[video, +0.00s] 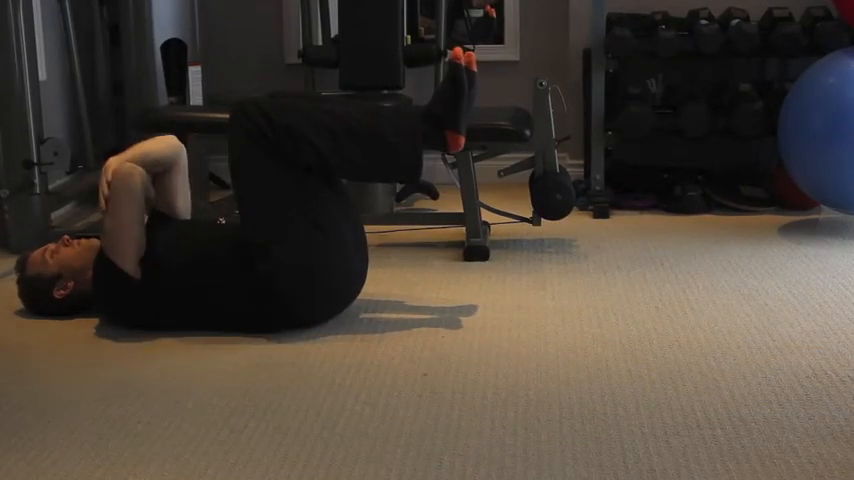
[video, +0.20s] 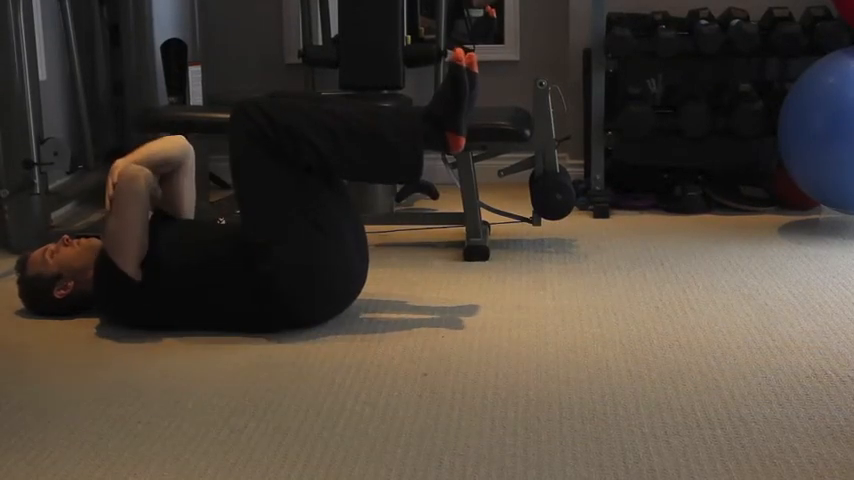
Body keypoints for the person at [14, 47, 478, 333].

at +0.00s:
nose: (68, 237)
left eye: (56, 238)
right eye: (54, 252)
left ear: (76, 238)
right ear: (66, 288)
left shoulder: (151, 251)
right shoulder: (118, 291)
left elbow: (171, 150)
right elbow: (124, 177)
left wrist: (117, 171)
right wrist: (118, 175)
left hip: (320, 264)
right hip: (298, 283)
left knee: (266, 118)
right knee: (257, 121)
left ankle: (426, 124)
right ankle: (429, 130)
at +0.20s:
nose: (69, 237)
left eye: (57, 237)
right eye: (55, 251)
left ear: (76, 238)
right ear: (67, 287)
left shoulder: (152, 252)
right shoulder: (119, 291)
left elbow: (179, 150)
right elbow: (129, 176)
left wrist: (122, 177)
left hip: (321, 265)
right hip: (299, 283)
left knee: (266, 119)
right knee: (258, 121)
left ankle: (428, 125)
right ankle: (430, 131)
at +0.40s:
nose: (69, 236)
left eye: (57, 237)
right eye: (55, 250)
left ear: (76, 238)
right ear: (67, 288)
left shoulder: (152, 252)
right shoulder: (119, 292)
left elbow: (182, 150)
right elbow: (129, 176)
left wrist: (124, 175)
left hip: (321, 265)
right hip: (299, 283)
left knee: (267, 118)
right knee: (259, 121)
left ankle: (428, 128)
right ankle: (430, 135)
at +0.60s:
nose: (67, 237)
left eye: (56, 238)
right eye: (54, 251)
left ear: (75, 238)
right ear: (67, 288)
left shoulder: (151, 253)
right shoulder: (120, 292)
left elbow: (178, 150)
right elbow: (128, 175)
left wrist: (122, 177)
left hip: (321, 265)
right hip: (300, 284)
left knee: (268, 119)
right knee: (259, 121)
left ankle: (428, 128)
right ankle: (429, 134)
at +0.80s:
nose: (62, 232)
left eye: (51, 235)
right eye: (50, 247)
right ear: (65, 283)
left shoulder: (151, 252)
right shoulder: (119, 291)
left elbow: (176, 150)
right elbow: (127, 177)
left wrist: (120, 175)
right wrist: (119, 179)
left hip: (318, 265)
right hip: (298, 282)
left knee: (265, 117)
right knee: (257, 122)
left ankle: (424, 122)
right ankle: (426, 129)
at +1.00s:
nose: (57, 236)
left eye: (47, 241)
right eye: (51, 248)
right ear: (72, 278)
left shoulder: (153, 253)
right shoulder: (120, 283)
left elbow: (177, 144)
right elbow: (129, 171)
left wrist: (122, 167)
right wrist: (123, 170)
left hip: (320, 262)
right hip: (297, 276)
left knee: (229, 129)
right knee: (227, 132)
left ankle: (395, 104)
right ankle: (399, 116)